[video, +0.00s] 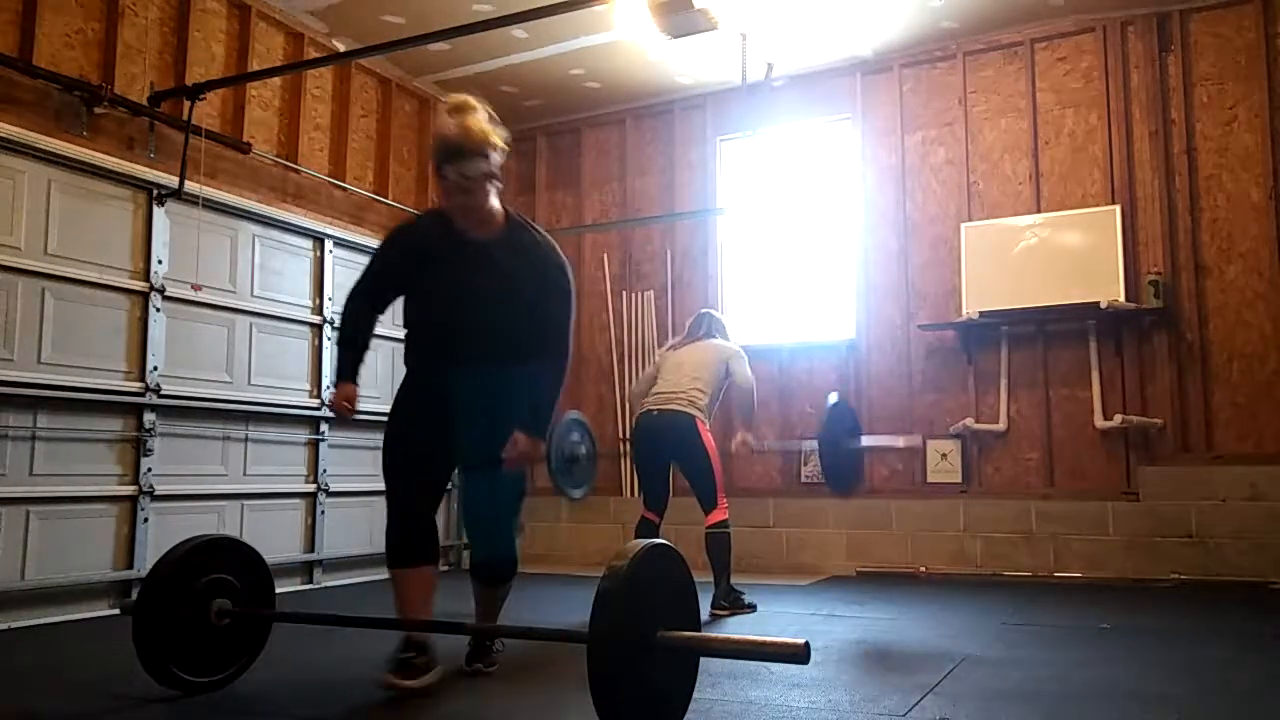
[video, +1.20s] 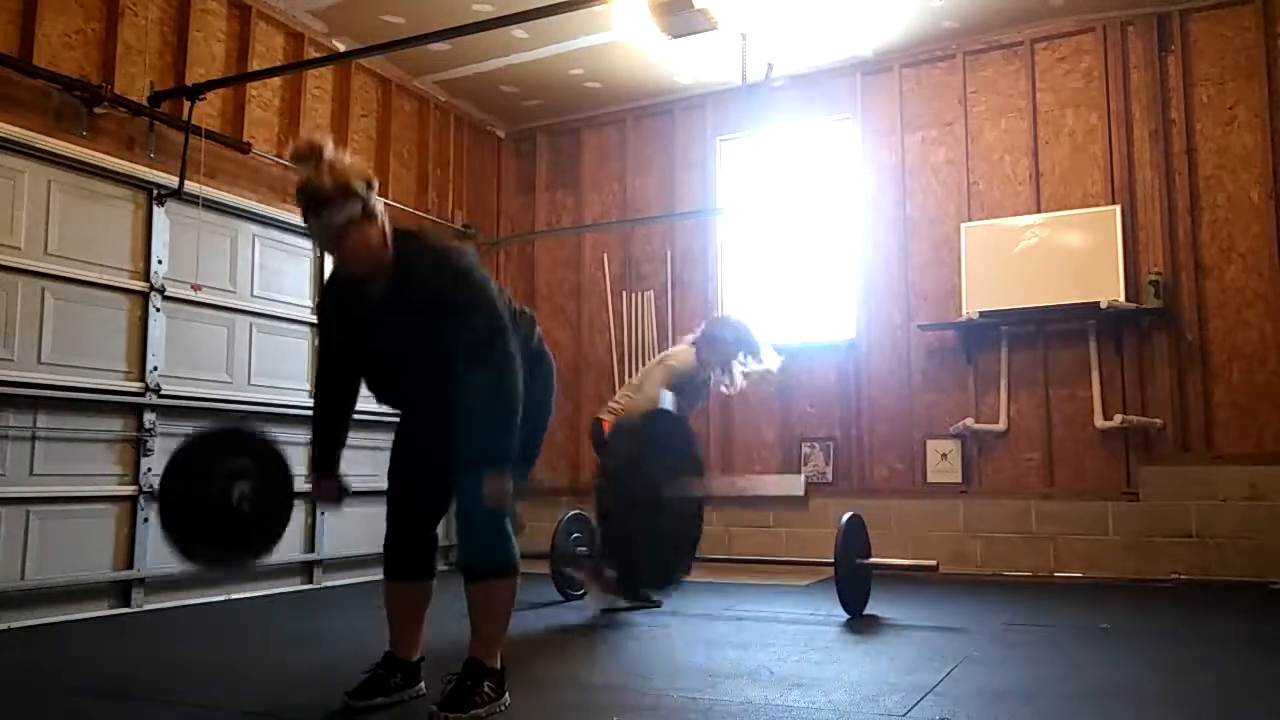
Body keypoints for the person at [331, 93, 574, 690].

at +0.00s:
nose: (476, 194)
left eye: (485, 181)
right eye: (463, 182)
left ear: (501, 174)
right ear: (440, 178)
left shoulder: (541, 259)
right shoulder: (414, 241)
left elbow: (554, 351)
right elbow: (364, 305)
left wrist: (534, 425)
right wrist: (347, 376)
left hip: (502, 413)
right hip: (425, 405)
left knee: (491, 529)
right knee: (408, 514)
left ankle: (485, 637)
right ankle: (417, 645)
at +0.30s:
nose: (406, 198)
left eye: (412, 182)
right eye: (388, 190)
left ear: (426, 175)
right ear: (363, 192)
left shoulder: (476, 243)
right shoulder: (361, 257)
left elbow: (509, 344)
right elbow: (341, 345)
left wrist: (521, 430)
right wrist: (327, 424)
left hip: (483, 407)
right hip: (413, 411)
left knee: (487, 527)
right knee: (410, 535)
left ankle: (512, 626)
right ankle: (403, 662)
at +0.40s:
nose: (374, 237)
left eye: (383, 219)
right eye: (358, 227)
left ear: (403, 205)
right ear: (340, 225)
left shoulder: (458, 257)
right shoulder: (347, 289)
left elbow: (488, 364)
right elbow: (338, 381)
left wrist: (503, 458)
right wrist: (329, 463)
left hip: (489, 399)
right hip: (418, 406)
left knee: (486, 518)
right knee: (411, 525)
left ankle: (502, 654)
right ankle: (403, 662)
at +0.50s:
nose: (346, 283)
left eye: (354, 268)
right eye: (334, 273)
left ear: (384, 254)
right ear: (323, 272)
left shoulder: (453, 300)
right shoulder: (337, 330)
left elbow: (476, 410)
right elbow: (332, 424)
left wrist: (480, 513)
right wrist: (325, 510)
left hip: (502, 408)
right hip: (425, 420)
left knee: (484, 524)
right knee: (403, 523)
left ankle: (487, 668)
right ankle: (403, 663)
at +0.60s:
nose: (333, 339)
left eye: (342, 321)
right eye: (321, 326)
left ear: (369, 306)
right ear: (311, 321)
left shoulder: (444, 346)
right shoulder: (333, 381)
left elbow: (470, 468)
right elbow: (323, 482)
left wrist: (478, 581)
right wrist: (313, 577)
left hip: (514, 418)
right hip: (432, 436)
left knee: (476, 532)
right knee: (392, 516)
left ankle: (483, 673)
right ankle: (402, 664)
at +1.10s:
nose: (334, 287)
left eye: (343, 270)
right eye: (323, 276)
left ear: (373, 258)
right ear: (315, 278)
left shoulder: (446, 302)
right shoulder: (337, 336)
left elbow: (483, 412)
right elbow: (330, 424)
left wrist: (488, 513)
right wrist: (318, 514)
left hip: (514, 395)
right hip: (434, 415)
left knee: (484, 521)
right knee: (406, 519)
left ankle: (485, 670)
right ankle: (402, 664)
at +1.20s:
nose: (351, 249)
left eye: (357, 232)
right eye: (335, 242)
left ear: (380, 216)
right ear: (322, 243)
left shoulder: (444, 267)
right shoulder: (340, 296)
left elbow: (500, 361)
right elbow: (335, 383)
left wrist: (499, 459)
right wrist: (325, 462)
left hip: (496, 393)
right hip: (428, 403)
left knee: (482, 513)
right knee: (407, 520)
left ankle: (485, 669)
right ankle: (403, 663)